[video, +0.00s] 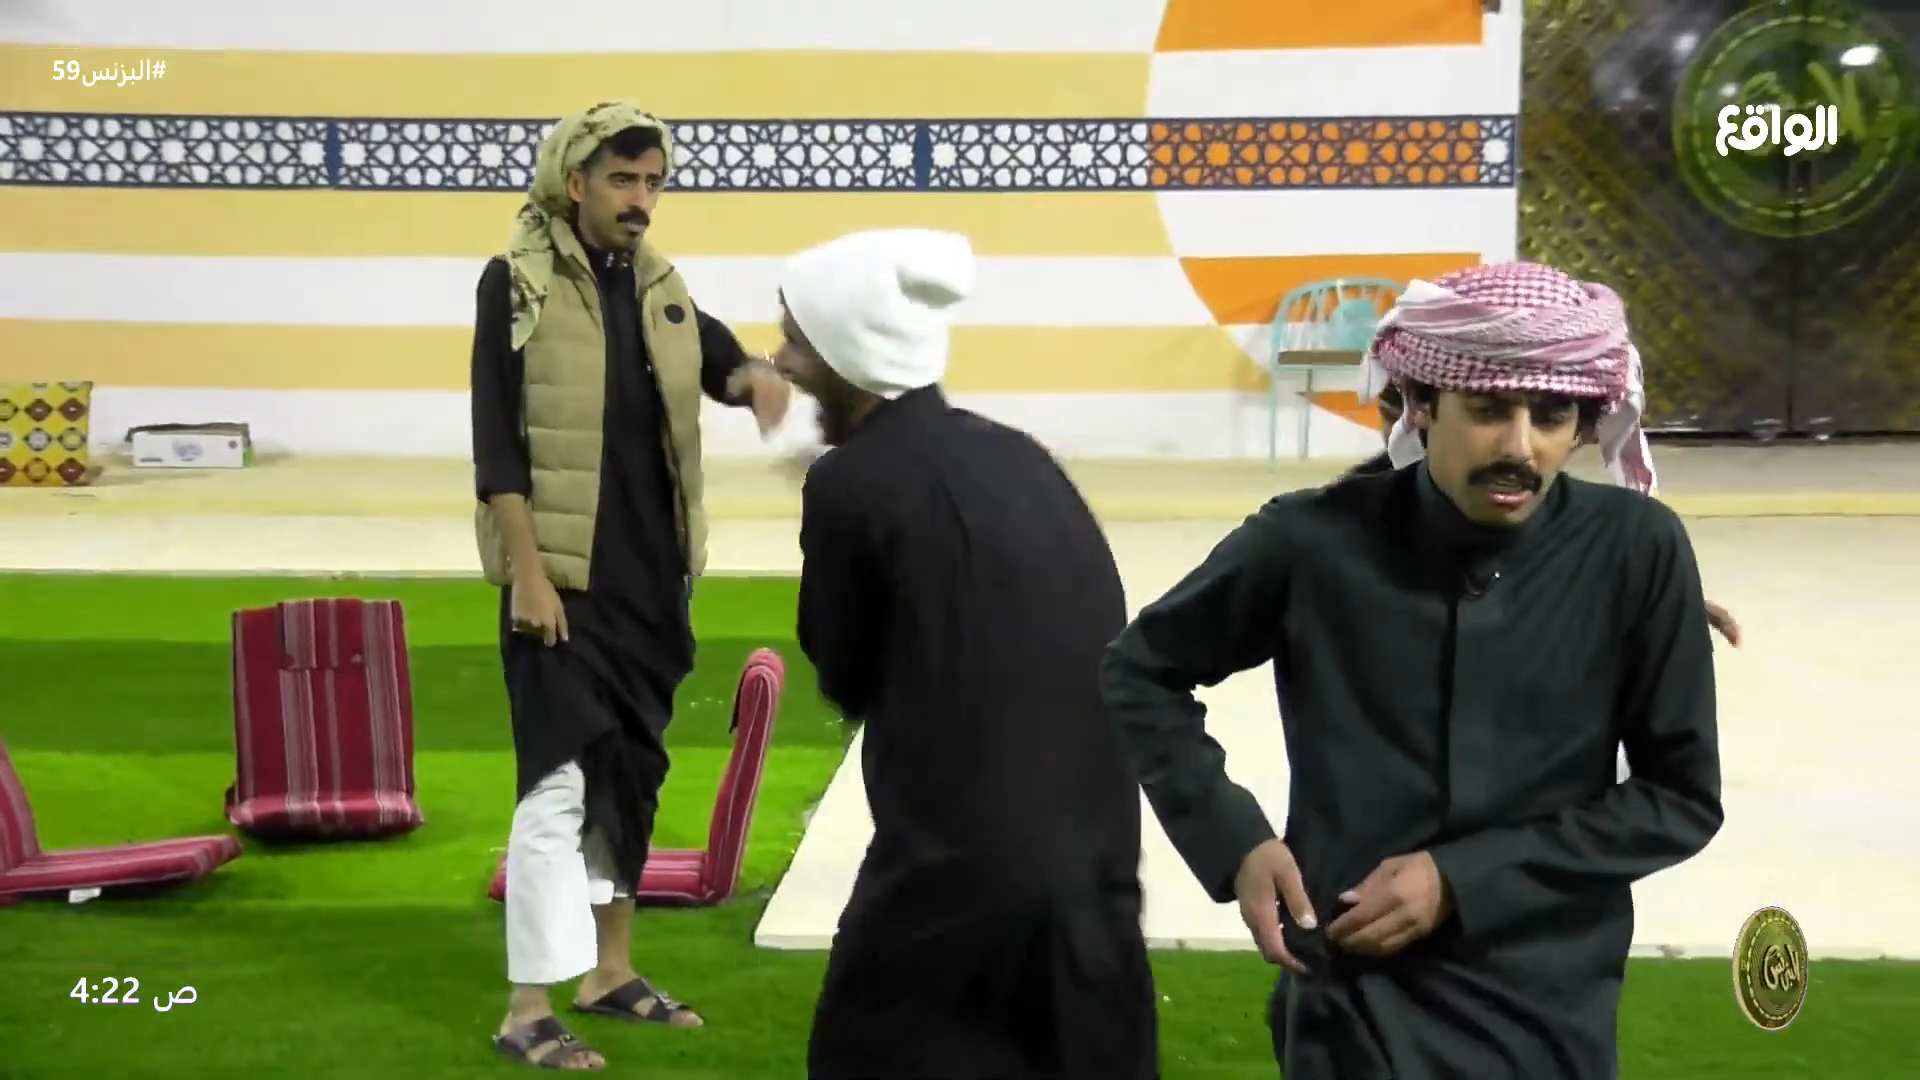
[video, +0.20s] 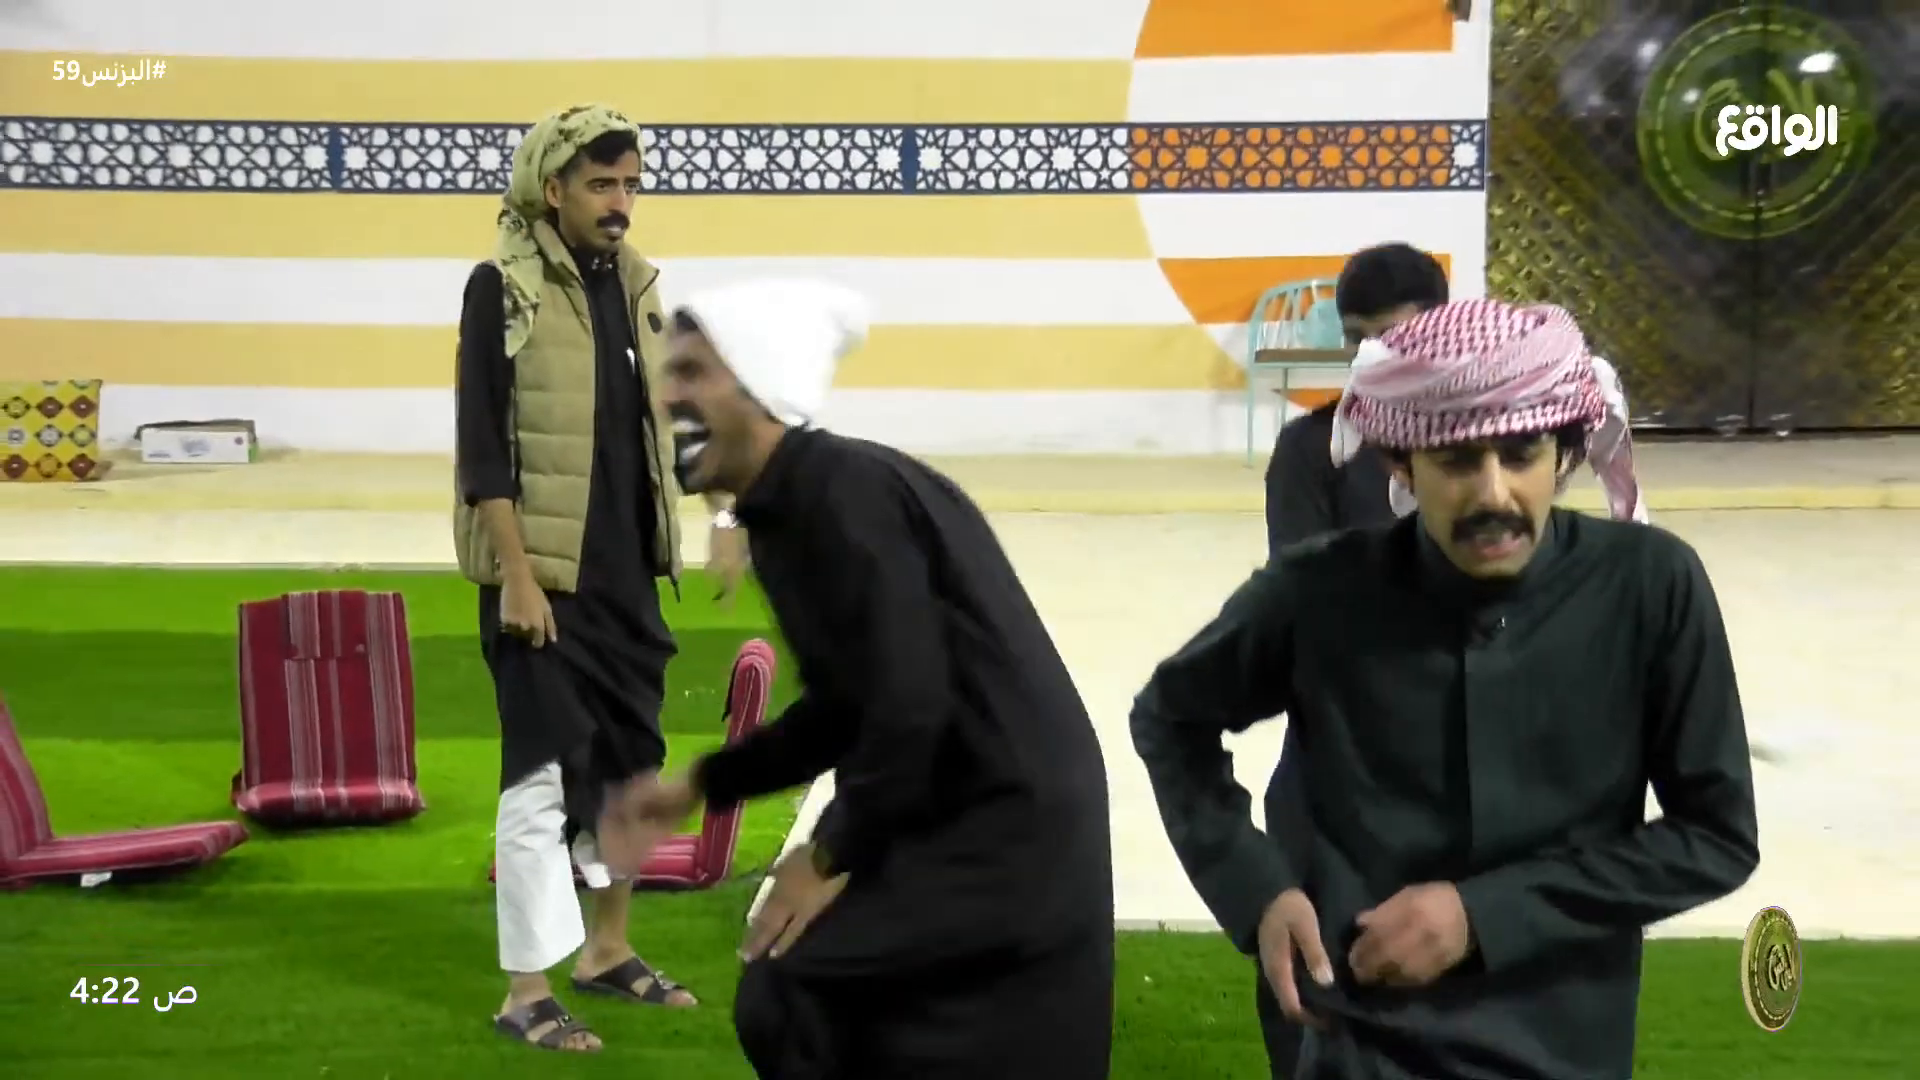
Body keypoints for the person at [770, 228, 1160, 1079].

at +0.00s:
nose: (781, 358)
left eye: (795, 341)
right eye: (787, 337)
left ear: (840, 364)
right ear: (908, 355)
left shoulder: (849, 481)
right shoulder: (1025, 456)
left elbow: (844, 675)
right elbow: (1099, 625)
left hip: (946, 864)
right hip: (1092, 856)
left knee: (870, 1057)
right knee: (1086, 1059)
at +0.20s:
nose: (668, 397)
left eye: (693, 371)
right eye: (666, 373)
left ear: (768, 381)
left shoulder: (839, 488)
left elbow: (907, 705)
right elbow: (840, 709)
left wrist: (827, 855)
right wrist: (697, 788)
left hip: (1011, 846)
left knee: (785, 1000)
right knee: (781, 981)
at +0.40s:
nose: (556, 521)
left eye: (558, 487)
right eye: (535, 507)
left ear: (625, 447)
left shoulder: (776, 501)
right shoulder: (643, 591)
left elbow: (912, 654)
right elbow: (715, 745)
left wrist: (830, 825)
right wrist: (691, 877)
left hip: (966, 771)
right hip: (830, 770)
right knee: (727, 975)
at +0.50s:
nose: (473, 581)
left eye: (475, 551)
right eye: (456, 563)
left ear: (539, 503)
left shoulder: (697, 531)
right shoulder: (573, 625)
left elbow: (838, 669)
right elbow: (652, 769)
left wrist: (810, 860)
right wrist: (635, 904)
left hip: (892, 787)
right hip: (753, 789)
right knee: (687, 1009)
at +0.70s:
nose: (271, 631)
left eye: (273, 606)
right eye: (258, 612)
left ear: (332, 568)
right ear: (314, 581)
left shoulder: (515, 571)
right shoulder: (401, 634)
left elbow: (702, 693)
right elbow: (492, 765)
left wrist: (736, 879)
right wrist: (485, 912)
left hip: (710, 864)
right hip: (588, 878)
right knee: (548, 1028)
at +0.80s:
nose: (200, 613)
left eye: (204, 586)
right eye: (190, 592)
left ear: (260, 551)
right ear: (264, 551)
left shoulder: (437, 570)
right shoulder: (336, 617)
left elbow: (619, 681)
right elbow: (426, 747)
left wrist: (675, 869)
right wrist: (414, 898)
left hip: (626, 863)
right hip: (515, 870)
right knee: (520, 1038)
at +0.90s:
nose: (72, 538)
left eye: (76, 514)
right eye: (64, 518)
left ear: (136, 496)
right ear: (143, 496)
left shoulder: (310, 529)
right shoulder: (212, 564)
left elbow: (490, 647)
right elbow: (309, 698)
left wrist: (540, 835)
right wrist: (304, 845)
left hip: (472, 826)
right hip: (398, 828)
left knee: (332, 1037)